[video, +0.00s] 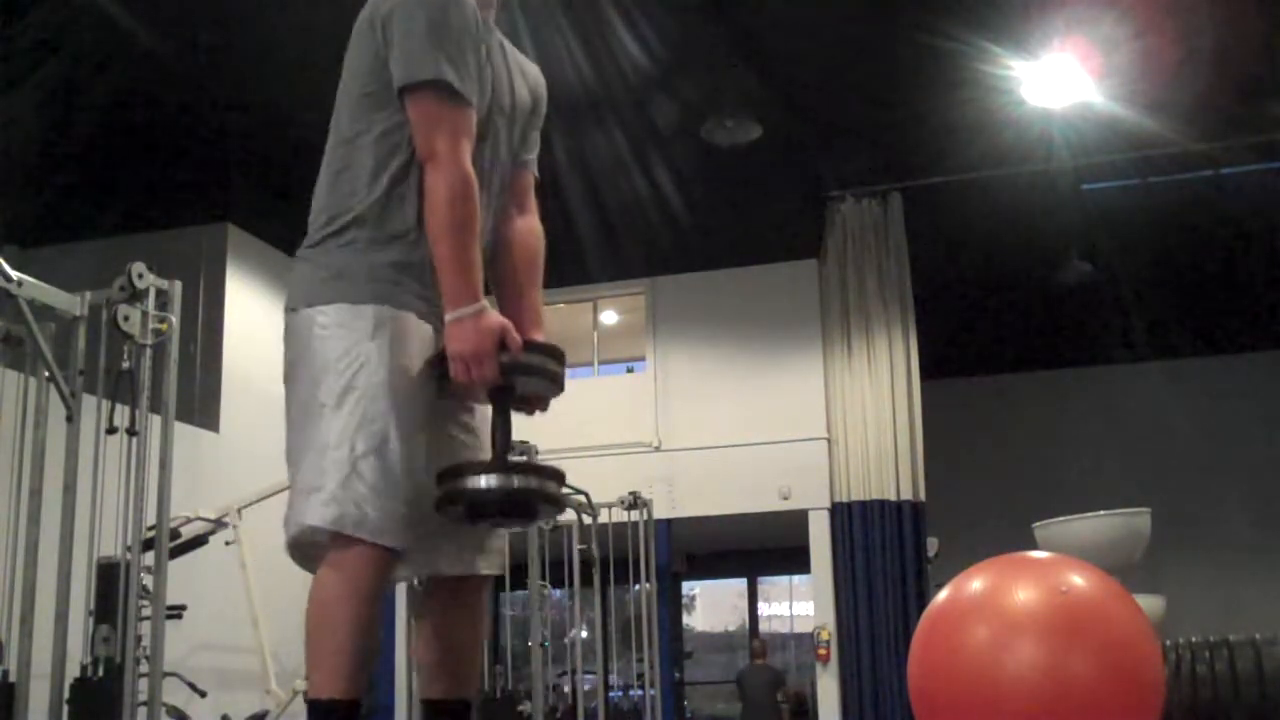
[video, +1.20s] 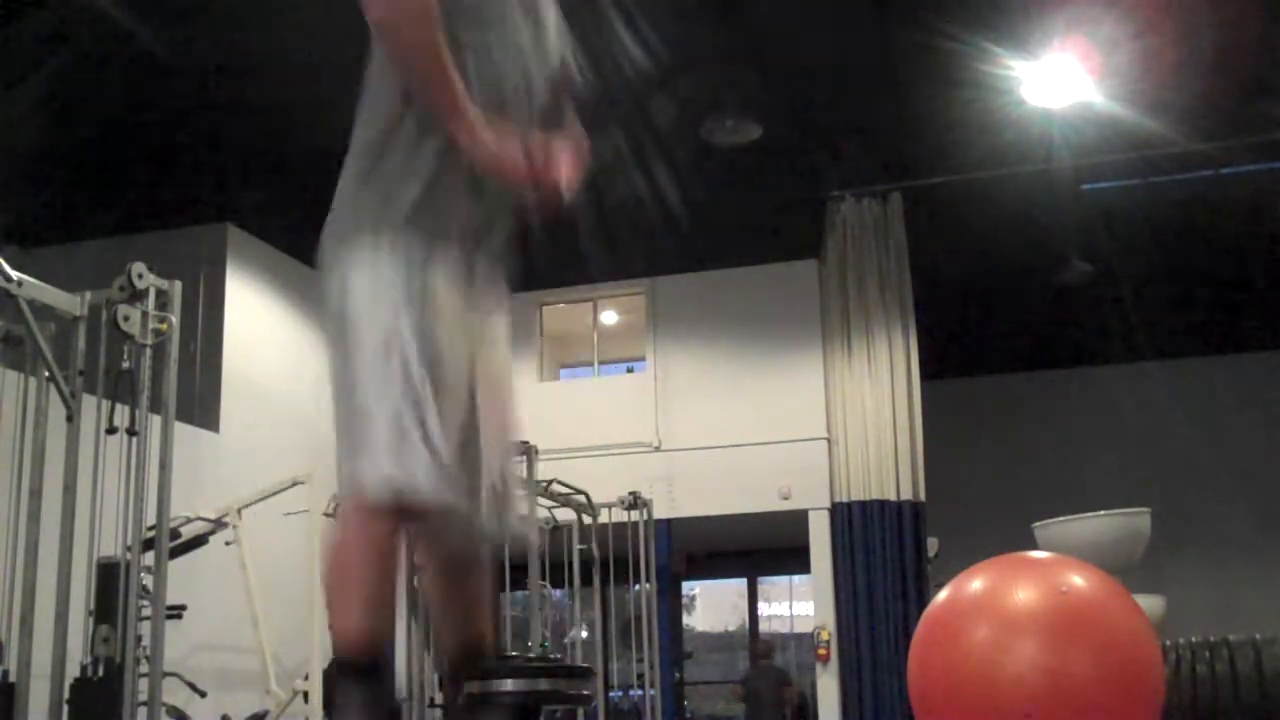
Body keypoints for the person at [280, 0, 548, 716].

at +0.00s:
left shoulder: (523, 75)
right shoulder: (427, 8)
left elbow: (519, 211)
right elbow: (442, 158)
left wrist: (531, 337)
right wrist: (464, 308)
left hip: (452, 317)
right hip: (365, 300)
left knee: (462, 553)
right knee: (363, 533)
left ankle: (449, 711)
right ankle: (332, 711)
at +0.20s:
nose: (550, 24)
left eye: (549, 17)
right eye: (530, 9)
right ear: (481, 9)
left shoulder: (533, 143)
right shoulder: (439, 65)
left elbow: (524, 279)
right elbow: (453, 243)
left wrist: (535, 418)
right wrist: (472, 399)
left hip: (423, 349)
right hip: (330, 324)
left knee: (513, 563)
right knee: (401, 530)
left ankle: (465, 711)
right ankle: (336, 711)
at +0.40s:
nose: (598, 77)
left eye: (596, 61)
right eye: (580, 58)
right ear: (518, 68)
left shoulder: (549, 235)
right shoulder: (460, 165)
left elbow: (536, 390)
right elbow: (466, 363)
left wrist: (545, 523)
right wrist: (484, 514)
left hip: (397, 404)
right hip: (302, 382)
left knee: (534, 567)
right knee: (412, 535)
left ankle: (476, 709)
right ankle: (343, 713)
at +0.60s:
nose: (615, 149)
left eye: (612, 134)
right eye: (594, 130)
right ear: (536, 144)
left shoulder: (563, 309)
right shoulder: (474, 244)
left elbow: (544, 455)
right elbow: (480, 445)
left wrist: (551, 605)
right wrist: (495, 605)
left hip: (404, 454)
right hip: (303, 433)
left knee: (575, 572)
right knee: (448, 541)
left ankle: (480, 706)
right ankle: (349, 710)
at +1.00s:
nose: (607, 124)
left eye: (611, 106)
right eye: (587, 105)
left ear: (619, 123)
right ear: (531, 117)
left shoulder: (582, 263)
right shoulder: (499, 213)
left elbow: (568, 425)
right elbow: (491, 391)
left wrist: (584, 542)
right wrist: (526, 543)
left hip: (409, 426)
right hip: (321, 404)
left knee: (546, 564)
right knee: (455, 545)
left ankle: (358, 683)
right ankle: (362, 706)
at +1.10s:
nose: (593, 30)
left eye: (594, 15)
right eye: (577, 9)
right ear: (528, 15)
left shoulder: (577, 149)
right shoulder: (484, 91)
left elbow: (594, 280)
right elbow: (445, 213)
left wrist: (590, 356)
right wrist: (512, 330)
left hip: (430, 371)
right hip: (346, 346)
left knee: (544, 570)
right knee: (442, 540)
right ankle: (358, 705)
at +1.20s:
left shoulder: (544, 21)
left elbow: (554, 113)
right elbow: (389, 12)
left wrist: (555, 151)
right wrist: (470, 126)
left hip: (470, 250)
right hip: (390, 232)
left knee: (463, 498)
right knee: (382, 476)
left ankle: (472, 695)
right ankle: (357, 695)